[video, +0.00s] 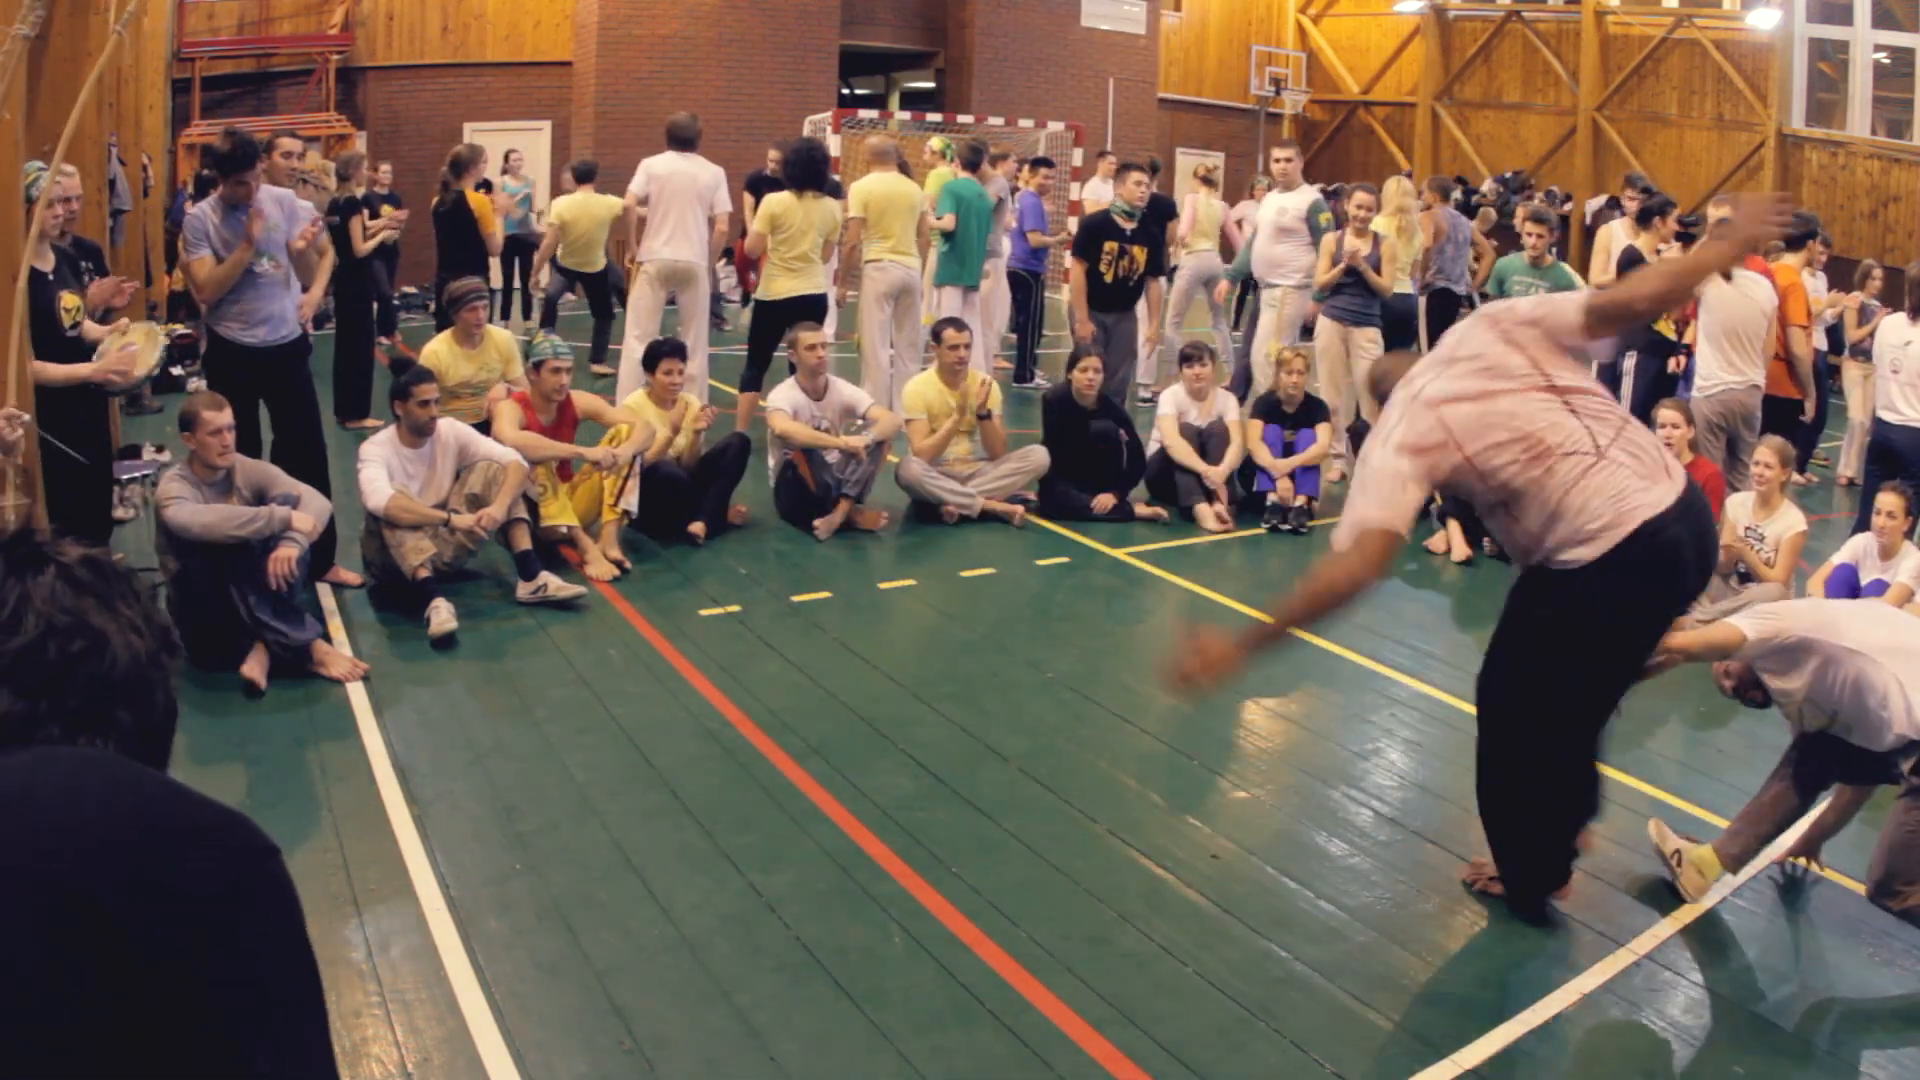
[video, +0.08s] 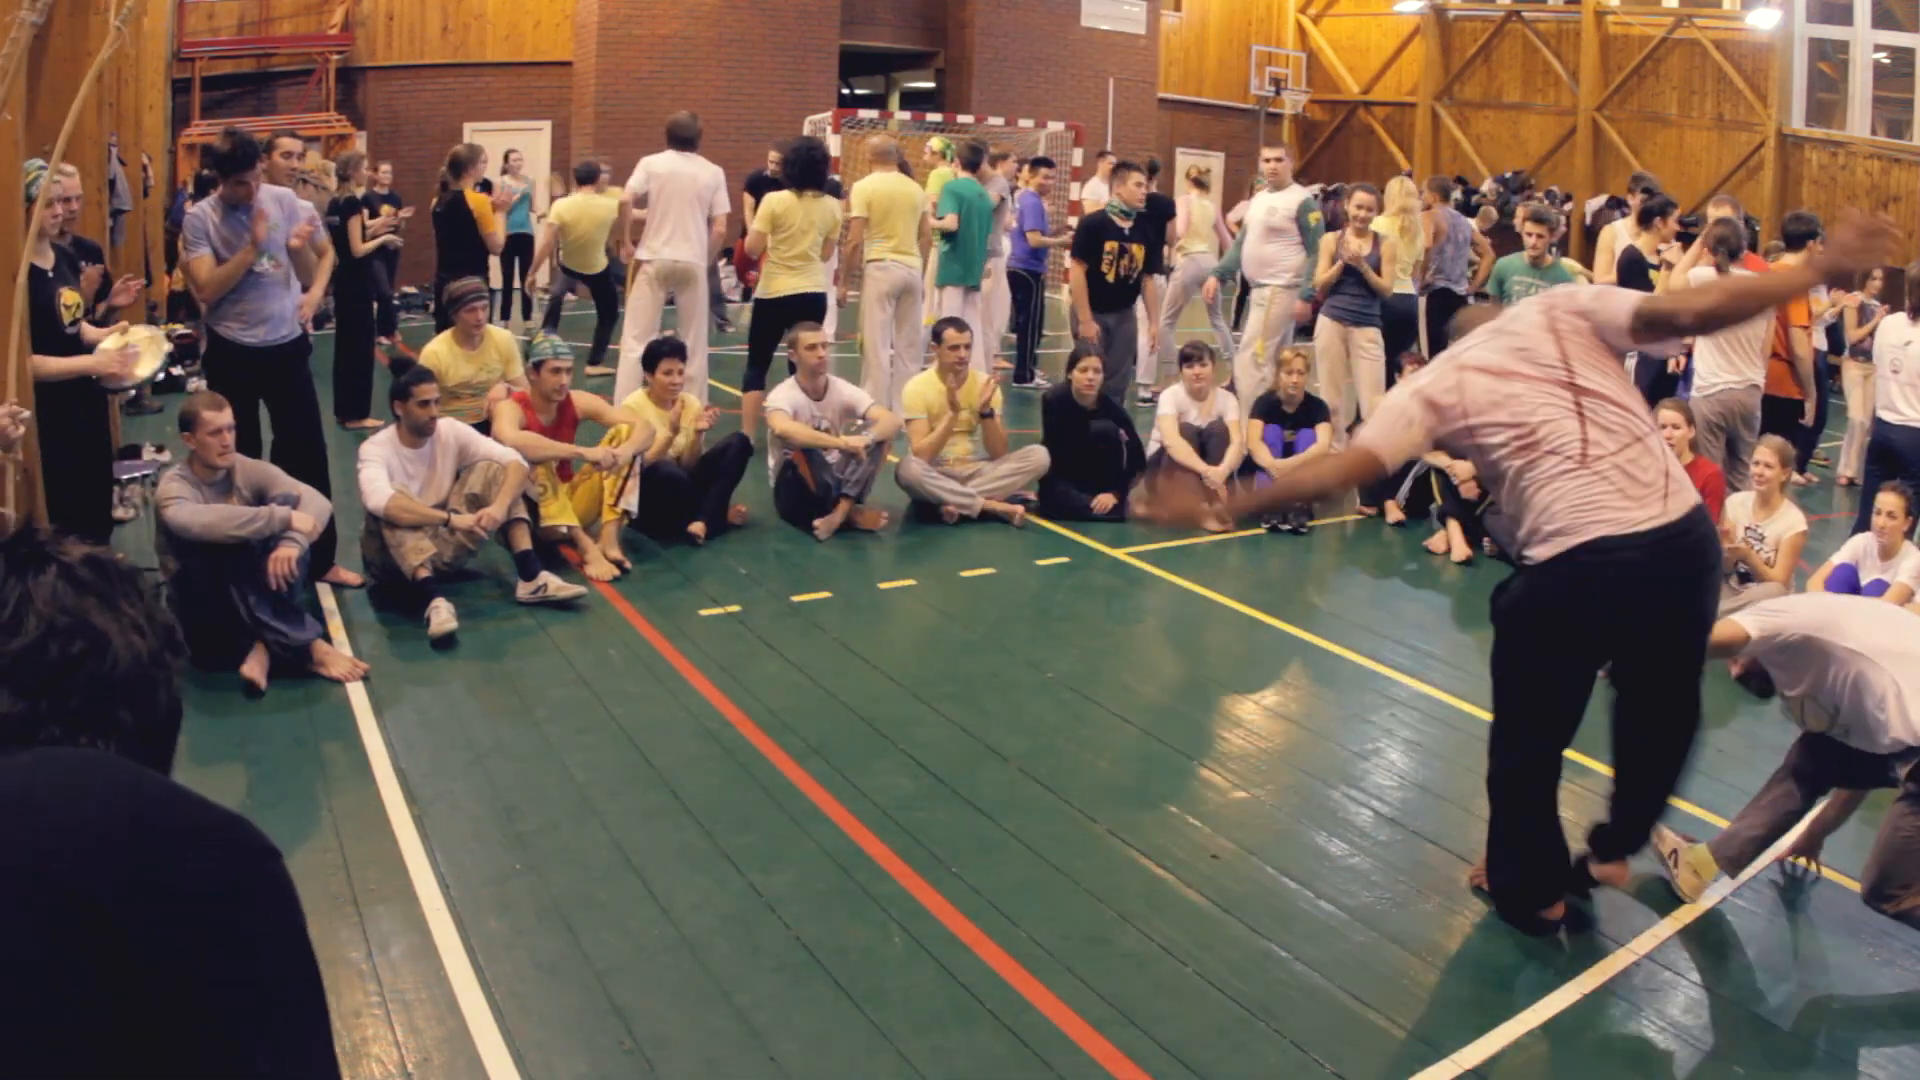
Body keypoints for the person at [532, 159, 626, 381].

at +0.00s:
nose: (567, 180)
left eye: (569, 177)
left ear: (573, 179)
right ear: (595, 179)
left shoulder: (561, 204)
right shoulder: (608, 203)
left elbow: (550, 244)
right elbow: (633, 207)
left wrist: (535, 272)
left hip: (565, 265)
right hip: (594, 268)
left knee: (550, 298)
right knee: (604, 315)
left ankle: (544, 346)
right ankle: (597, 362)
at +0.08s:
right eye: (601, 177)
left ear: (575, 180)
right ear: (597, 180)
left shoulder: (561, 205)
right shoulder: (611, 205)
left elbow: (547, 244)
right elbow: (639, 215)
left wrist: (532, 272)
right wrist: (663, 212)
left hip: (567, 266)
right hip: (596, 268)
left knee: (556, 297)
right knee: (608, 313)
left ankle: (545, 343)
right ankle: (594, 363)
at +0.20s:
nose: (602, 186)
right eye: (602, 182)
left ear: (579, 181)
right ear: (601, 182)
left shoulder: (561, 204)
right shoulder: (608, 208)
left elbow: (545, 239)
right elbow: (632, 222)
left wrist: (526, 267)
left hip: (568, 263)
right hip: (596, 267)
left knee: (582, 293)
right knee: (612, 312)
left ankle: (553, 333)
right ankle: (595, 363)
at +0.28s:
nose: (606, 185)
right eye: (605, 182)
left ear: (581, 179)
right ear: (603, 183)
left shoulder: (560, 201)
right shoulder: (604, 207)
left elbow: (540, 233)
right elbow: (633, 228)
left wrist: (520, 260)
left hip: (571, 264)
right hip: (594, 267)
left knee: (604, 302)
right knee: (613, 311)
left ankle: (571, 330)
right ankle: (596, 363)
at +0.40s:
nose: (608, 180)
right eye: (608, 176)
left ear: (583, 173)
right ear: (605, 177)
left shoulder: (561, 195)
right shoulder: (600, 202)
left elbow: (535, 223)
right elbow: (623, 230)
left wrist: (513, 244)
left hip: (573, 263)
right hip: (593, 265)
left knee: (612, 305)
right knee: (612, 311)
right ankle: (597, 362)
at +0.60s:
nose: (606, 167)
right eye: (605, 163)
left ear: (581, 161)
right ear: (601, 165)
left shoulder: (563, 187)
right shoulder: (598, 189)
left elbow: (545, 212)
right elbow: (605, 231)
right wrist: (622, 243)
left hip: (568, 257)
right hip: (593, 257)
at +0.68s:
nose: (606, 172)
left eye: (606, 167)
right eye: (605, 167)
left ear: (583, 167)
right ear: (598, 168)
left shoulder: (570, 190)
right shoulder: (590, 193)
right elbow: (589, 230)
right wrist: (603, 256)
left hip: (567, 260)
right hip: (587, 262)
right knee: (601, 304)